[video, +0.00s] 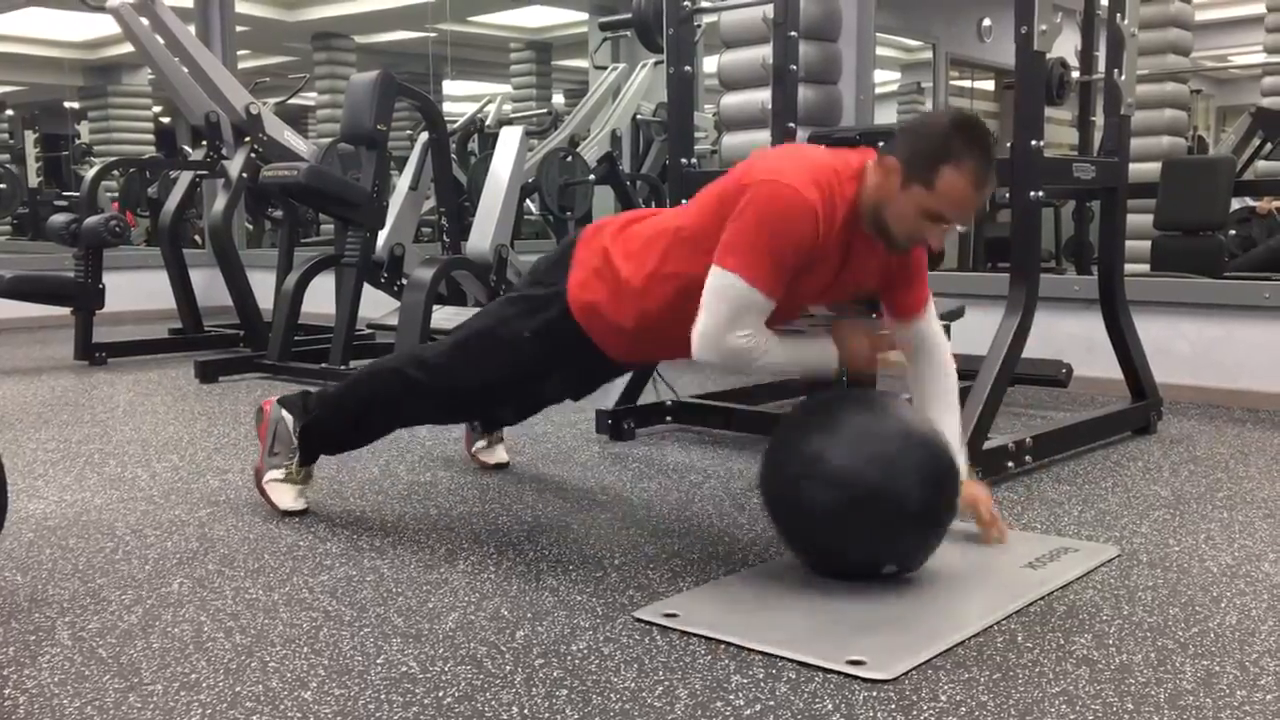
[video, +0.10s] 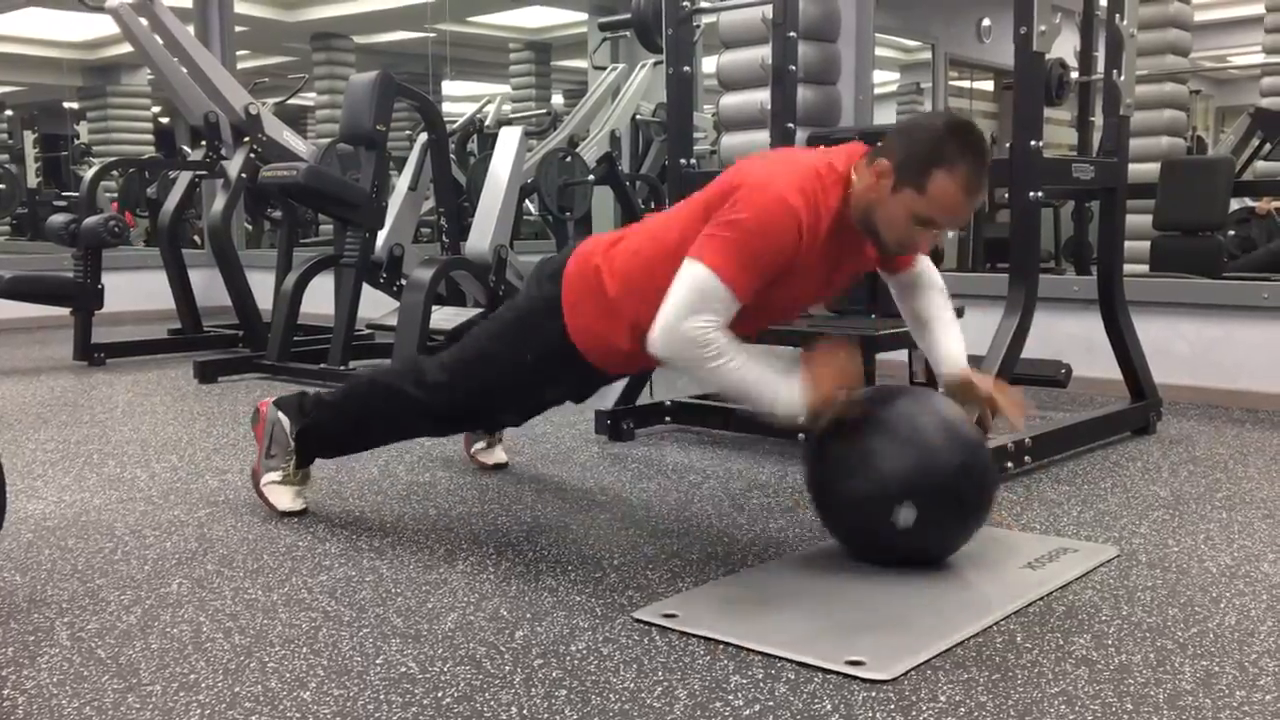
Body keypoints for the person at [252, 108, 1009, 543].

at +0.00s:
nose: (937, 239)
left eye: (952, 227)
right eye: (932, 216)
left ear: (952, 213)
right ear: (889, 172)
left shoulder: (899, 242)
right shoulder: (792, 196)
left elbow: (925, 356)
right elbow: (723, 347)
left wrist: (955, 468)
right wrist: (838, 350)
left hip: (644, 326)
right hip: (600, 286)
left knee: (536, 377)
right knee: (454, 375)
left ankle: (480, 414)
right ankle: (297, 424)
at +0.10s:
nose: (926, 244)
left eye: (938, 231)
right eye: (924, 223)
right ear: (881, 178)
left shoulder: (879, 196)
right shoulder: (781, 203)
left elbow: (918, 280)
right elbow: (676, 337)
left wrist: (955, 367)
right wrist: (794, 390)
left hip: (642, 317)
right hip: (586, 305)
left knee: (524, 376)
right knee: (445, 388)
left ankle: (478, 419)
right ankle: (291, 426)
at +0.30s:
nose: (951, 444)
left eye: (969, 431)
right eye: (954, 425)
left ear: (948, 362)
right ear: (919, 382)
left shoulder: (902, 313)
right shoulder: (808, 369)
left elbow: (889, 273)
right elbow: (673, 457)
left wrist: (863, 385)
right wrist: (698, 603)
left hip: (646, 340)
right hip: (595, 393)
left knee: (496, 400)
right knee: (442, 437)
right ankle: (290, 426)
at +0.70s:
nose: (937, 463)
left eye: (955, 451)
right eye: (938, 445)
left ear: (927, 374)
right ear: (894, 398)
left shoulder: (887, 324)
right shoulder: (779, 406)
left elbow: (892, 285)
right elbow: (647, 474)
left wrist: (878, 413)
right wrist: (688, 605)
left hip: (646, 368)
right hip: (593, 424)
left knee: (525, 394)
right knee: (435, 454)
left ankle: (470, 387)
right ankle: (285, 429)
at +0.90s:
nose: (903, 281)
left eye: (917, 265)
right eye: (897, 259)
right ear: (842, 223)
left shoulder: (853, 236)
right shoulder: (745, 265)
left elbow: (865, 317)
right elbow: (684, 441)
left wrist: (860, 400)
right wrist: (693, 600)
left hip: (609, 330)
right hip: (555, 307)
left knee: (508, 388)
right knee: (425, 402)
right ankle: (270, 428)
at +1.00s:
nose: (893, 195)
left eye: (907, 180)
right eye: (886, 171)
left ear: (893, 162)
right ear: (832, 133)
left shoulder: (843, 184)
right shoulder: (743, 185)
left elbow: (844, 294)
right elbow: (709, 372)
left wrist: (816, 365)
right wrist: (742, 543)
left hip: (615, 301)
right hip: (561, 272)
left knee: (519, 376)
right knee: (430, 379)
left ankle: (463, 418)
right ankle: (275, 428)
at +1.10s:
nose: (904, 178)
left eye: (917, 164)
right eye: (899, 156)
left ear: (866, 130)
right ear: (844, 120)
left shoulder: (846, 170)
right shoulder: (753, 163)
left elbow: (842, 278)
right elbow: (668, 301)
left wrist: (819, 311)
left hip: (615, 306)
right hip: (558, 272)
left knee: (519, 379)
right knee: (432, 373)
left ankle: (461, 415)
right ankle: (278, 428)